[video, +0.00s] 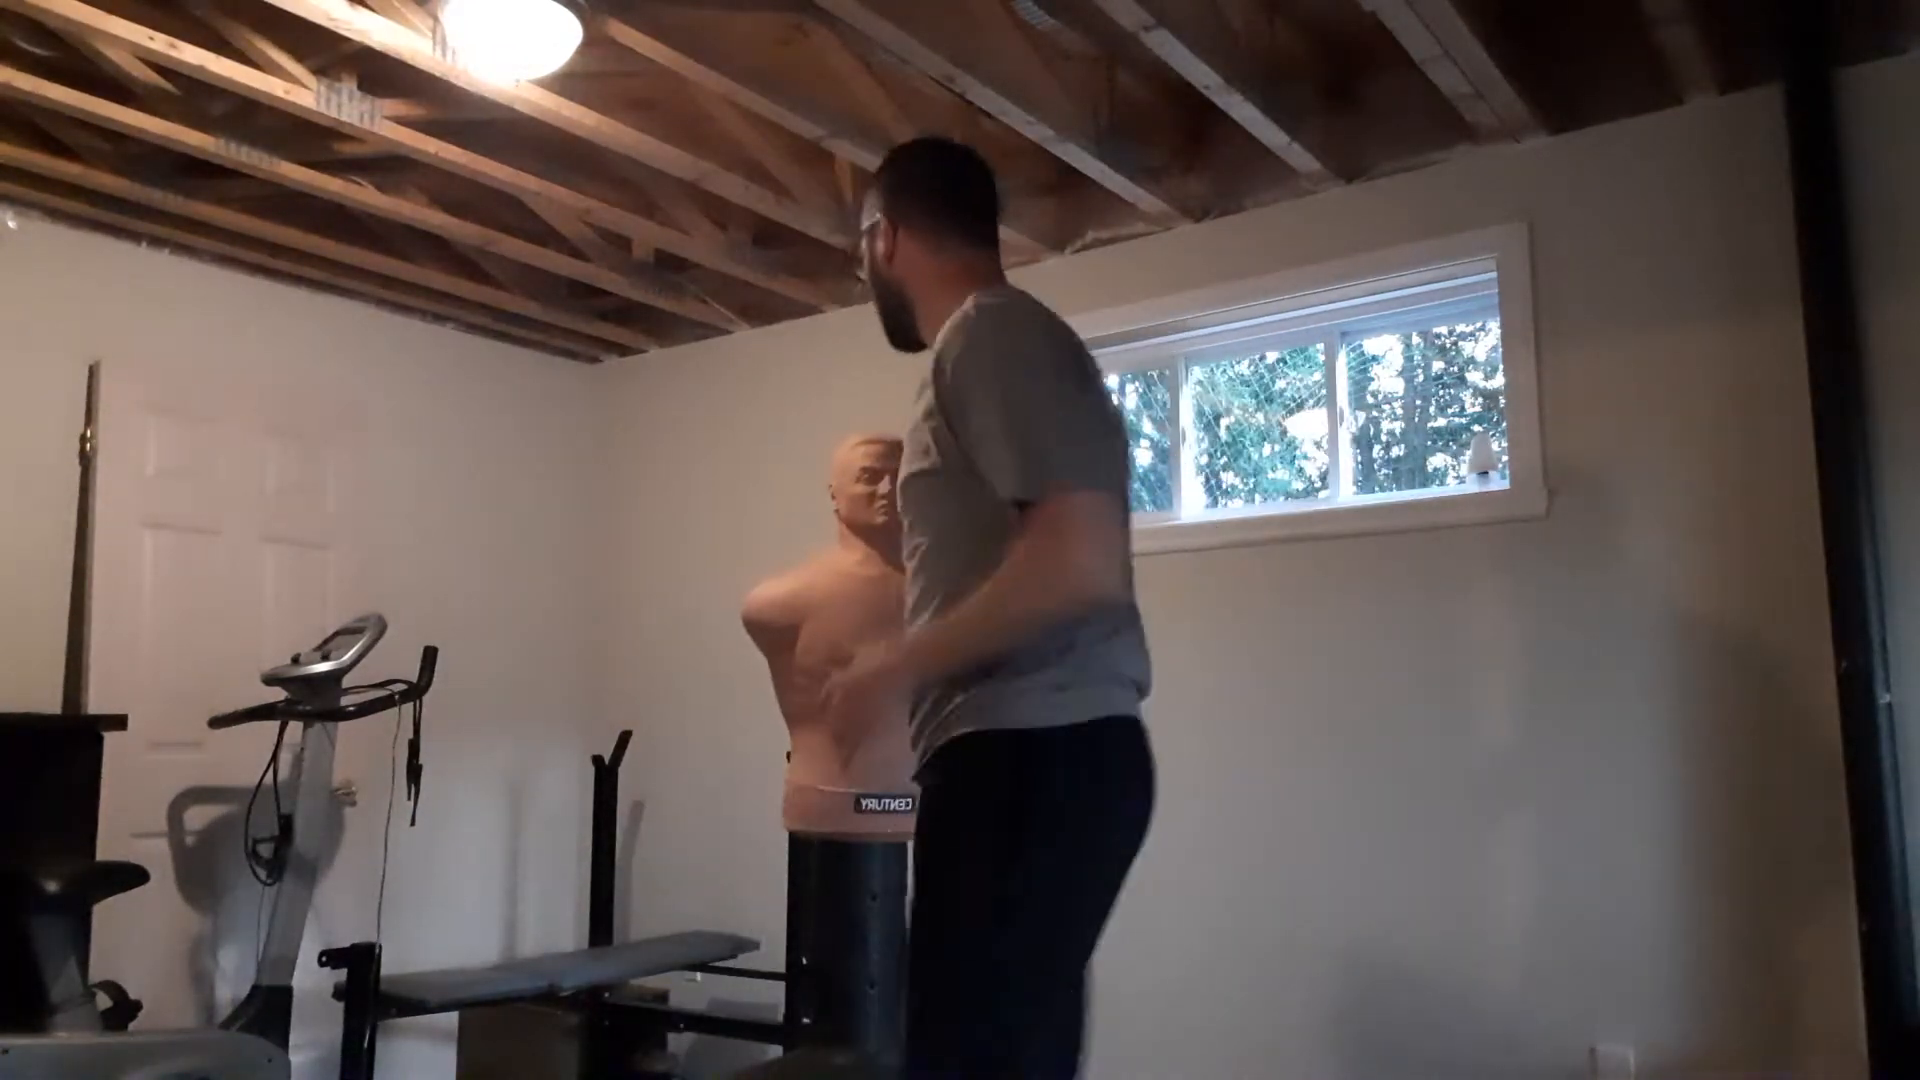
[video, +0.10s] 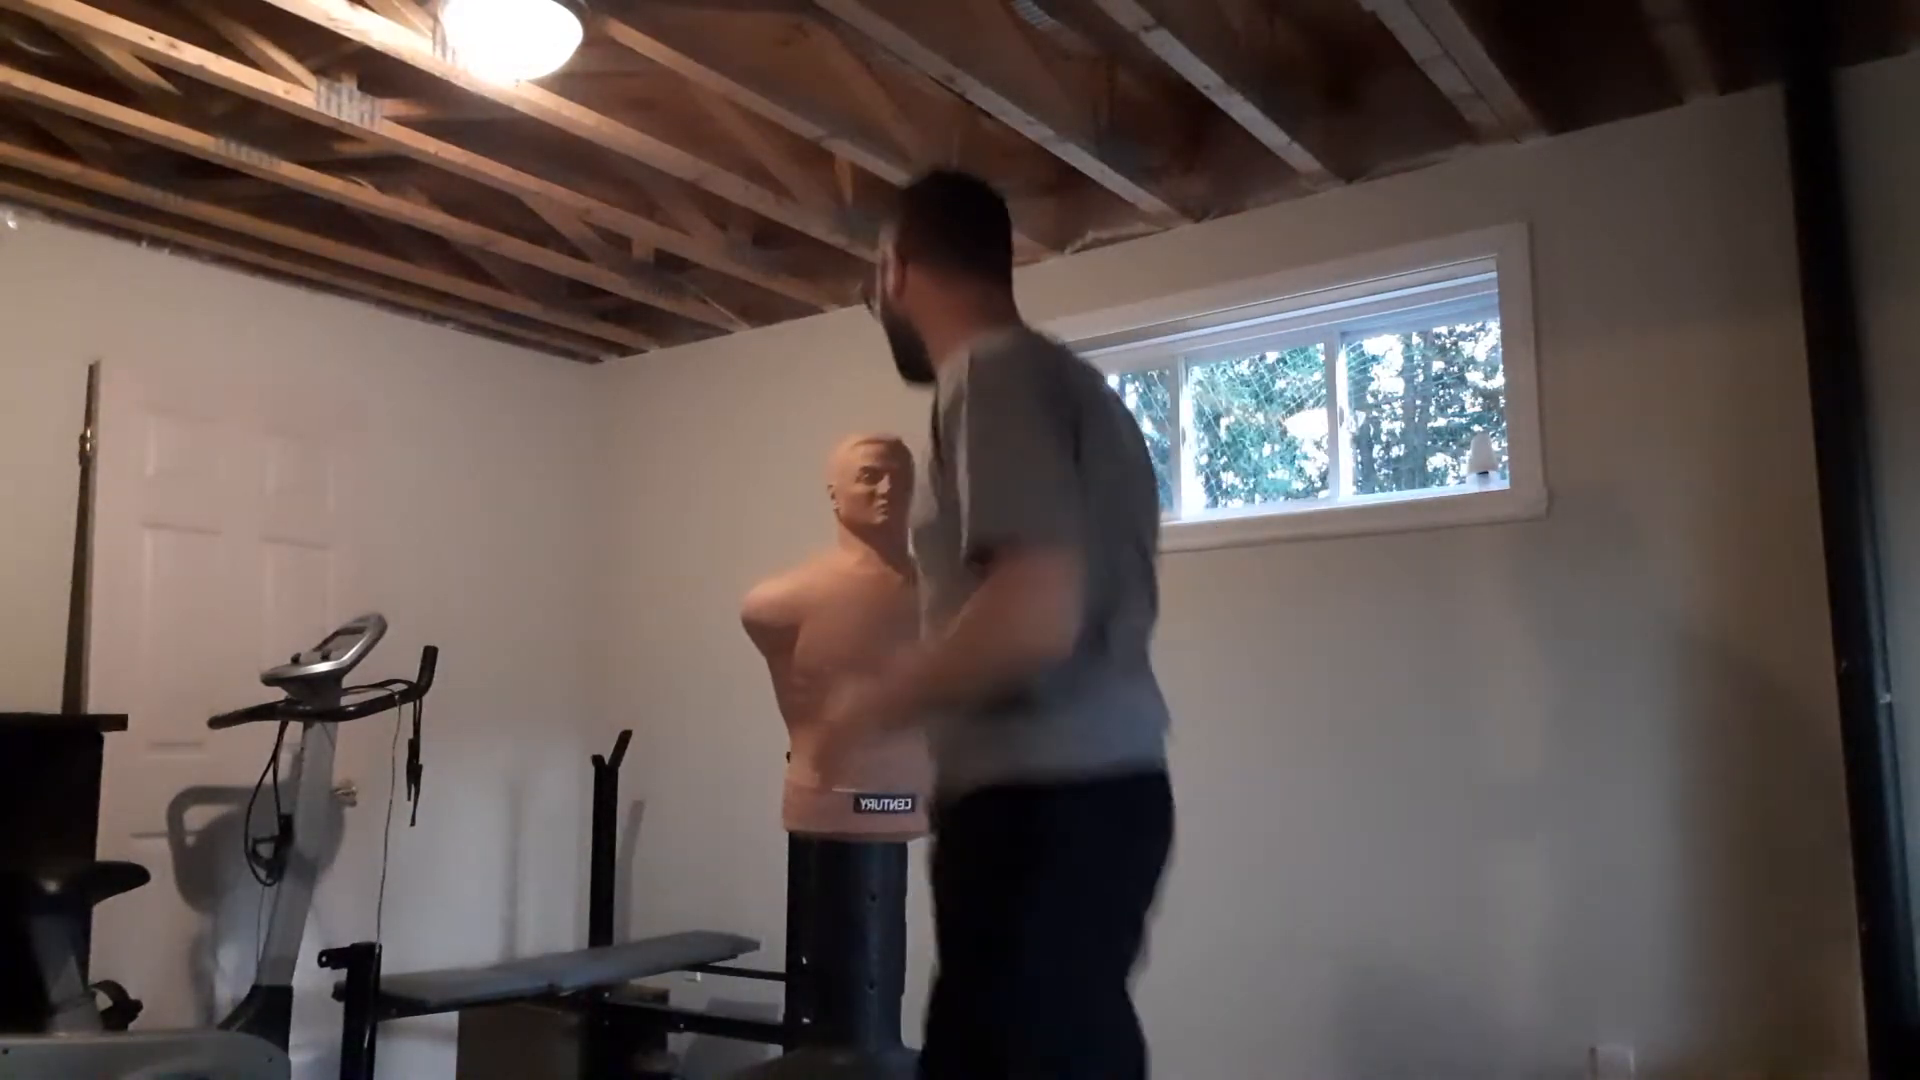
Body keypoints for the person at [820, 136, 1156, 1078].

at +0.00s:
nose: (865, 267)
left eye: (864, 241)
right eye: (864, 245)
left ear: (885, 237)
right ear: (978, 230)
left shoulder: (997, 330)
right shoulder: (983, 348)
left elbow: (1079, 558)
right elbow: (1038, 567)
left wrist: (897, 664)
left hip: (1035, 761)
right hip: (1011, 761)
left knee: (974, 1054)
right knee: (996, 1054)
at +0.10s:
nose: (881, 296)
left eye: (882, 270)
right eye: (881, 273)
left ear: (902, 269)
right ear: (994, 262)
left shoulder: (995, 373)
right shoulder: (1073, 384)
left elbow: (1037, 611)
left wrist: (879, 697)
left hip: (1034, 807)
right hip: (1095, 799)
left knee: (992, 1060)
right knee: (1074, 1055)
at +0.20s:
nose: (886, 306)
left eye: (886, 284)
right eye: (887, 288)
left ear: (901, 281)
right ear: (1002, 274)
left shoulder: (985, 378)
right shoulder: (1074, 386)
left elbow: (1010, 627)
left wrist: (843, 762)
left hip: (1075, 824)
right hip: (1137, 816)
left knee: (1033, 1062)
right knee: (1103, 1058)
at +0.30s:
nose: (904, 288)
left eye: (907, 266)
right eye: (908, 268)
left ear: (925, 267)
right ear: (1025, 272)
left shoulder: (972, 362)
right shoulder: (1110, 375)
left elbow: (997, 572)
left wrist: (880, 745)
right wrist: (893, 556)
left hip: (1106, 783)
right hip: (1216, 780)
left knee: (990, 1052)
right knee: (1139, 1058)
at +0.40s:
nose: (973, 322)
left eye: (980, 301)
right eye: (983, 302)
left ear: (995, 307)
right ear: (1089, 313)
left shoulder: (983, 416)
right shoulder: (1191, 438)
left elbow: (925, 625)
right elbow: (1264, 645)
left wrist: (866, 814)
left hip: (1081, 819)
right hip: (1244, 826)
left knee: (1024, 1061)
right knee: (1172, 1061)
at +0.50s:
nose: (1106, 328)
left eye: (1111, 313)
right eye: (1122, 312)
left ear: (1111, 323)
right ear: (1206, 333)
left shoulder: (1038, 444)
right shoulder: (1283, 490)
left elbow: (911, 636)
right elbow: (1395, 701)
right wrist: (1474, 928)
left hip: (1042, 859)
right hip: (1216, 882)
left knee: (1011, 1066)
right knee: (1181, 1067)